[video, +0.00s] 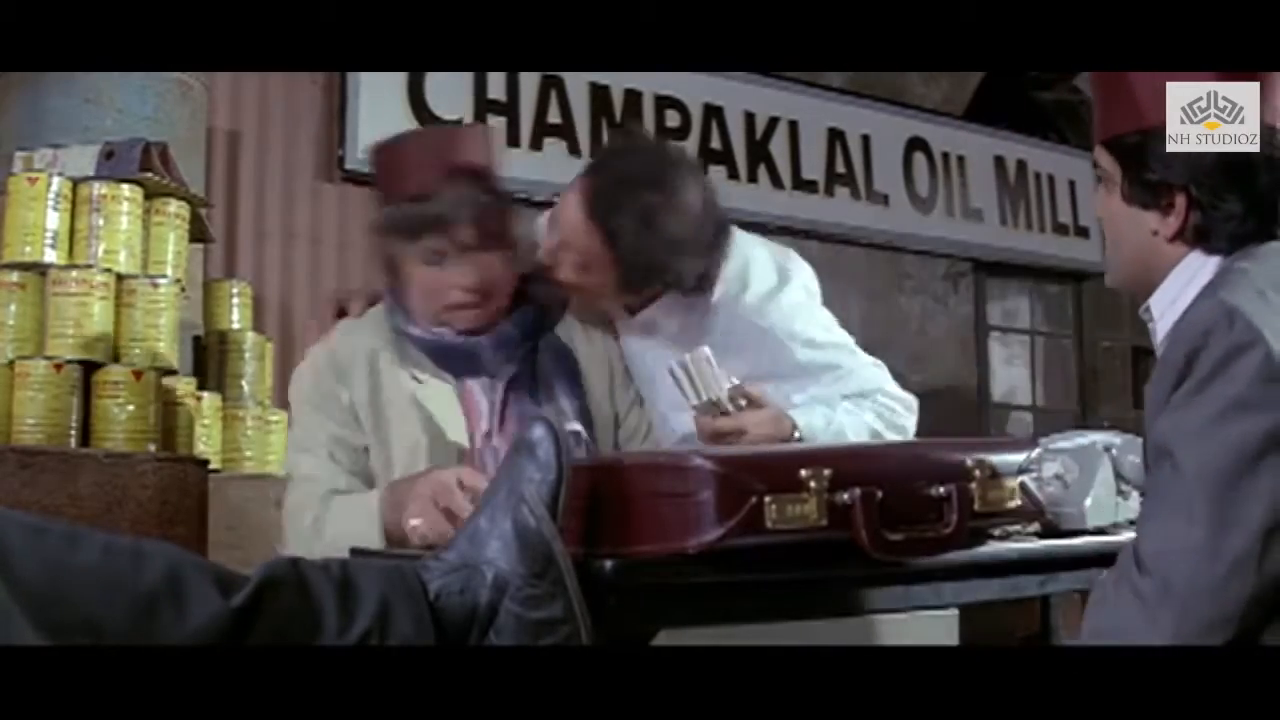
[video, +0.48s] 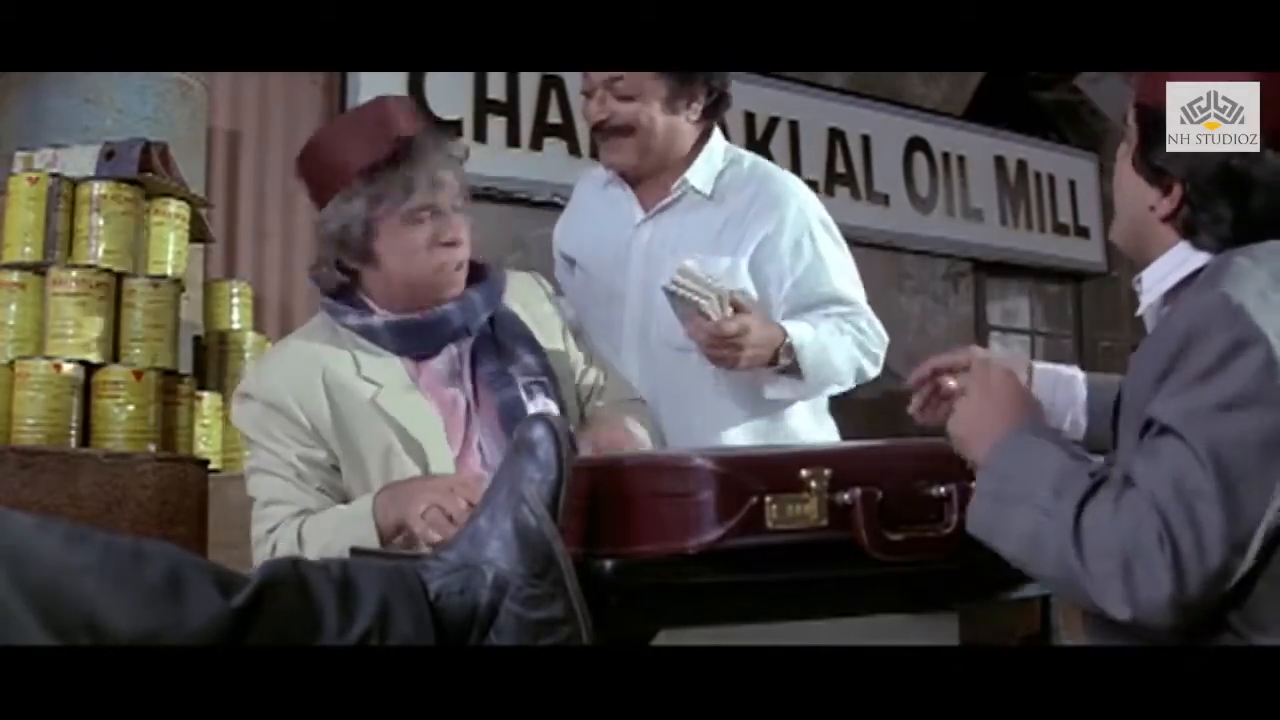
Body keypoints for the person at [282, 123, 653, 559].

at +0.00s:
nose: (469, 280)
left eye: (486, 251)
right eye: (436, 259)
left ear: (515, 253)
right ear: (392, 264)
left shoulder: (586, 351)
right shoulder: (338, 370)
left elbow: (652, 474)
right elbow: (309, 526)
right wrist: (394, 508)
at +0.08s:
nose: (427, 252)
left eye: (438, 219)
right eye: (390, 237)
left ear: (461, 217)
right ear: (344, 255)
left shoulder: (555, 303)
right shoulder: (308, 372)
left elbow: (631, 430)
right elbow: (312, 536)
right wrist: (413, 505)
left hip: (585, 594)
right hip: (428, 622)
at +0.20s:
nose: (466, 217)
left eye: (454, 196)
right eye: (434, 202)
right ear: (363, 244)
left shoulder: (529, 305)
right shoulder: (283, 382)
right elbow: (285, 547)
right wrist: (389, 516)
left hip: (551, 603)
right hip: (399, 625)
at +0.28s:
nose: (471, 207)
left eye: (458, 188)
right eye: (437, 196)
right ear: (369, 245)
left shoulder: (524, 306)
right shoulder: (281, 382)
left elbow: (613, 411)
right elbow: (274, 550)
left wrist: (616, 476)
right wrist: (383, 517)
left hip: (550, 607)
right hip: (401, 626)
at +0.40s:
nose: (485, 209)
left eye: (472, 191)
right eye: (454, 195)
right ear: (384, 241)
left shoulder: (524, 302)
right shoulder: (286, 379)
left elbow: (609, 408)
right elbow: (270, 549)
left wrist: (617, 479)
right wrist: (377, 513)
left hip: (554, 606)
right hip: (405, 627)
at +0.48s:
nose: (456, 232)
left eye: (458, 209)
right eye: (422, 217)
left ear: (468, 209)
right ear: (353, 243)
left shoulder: (526, 302)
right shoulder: (288, 380)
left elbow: (612, 398)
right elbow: (278, 546)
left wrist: (613, 434)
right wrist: (387, 509)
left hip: (560, 593)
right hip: (412, 622)